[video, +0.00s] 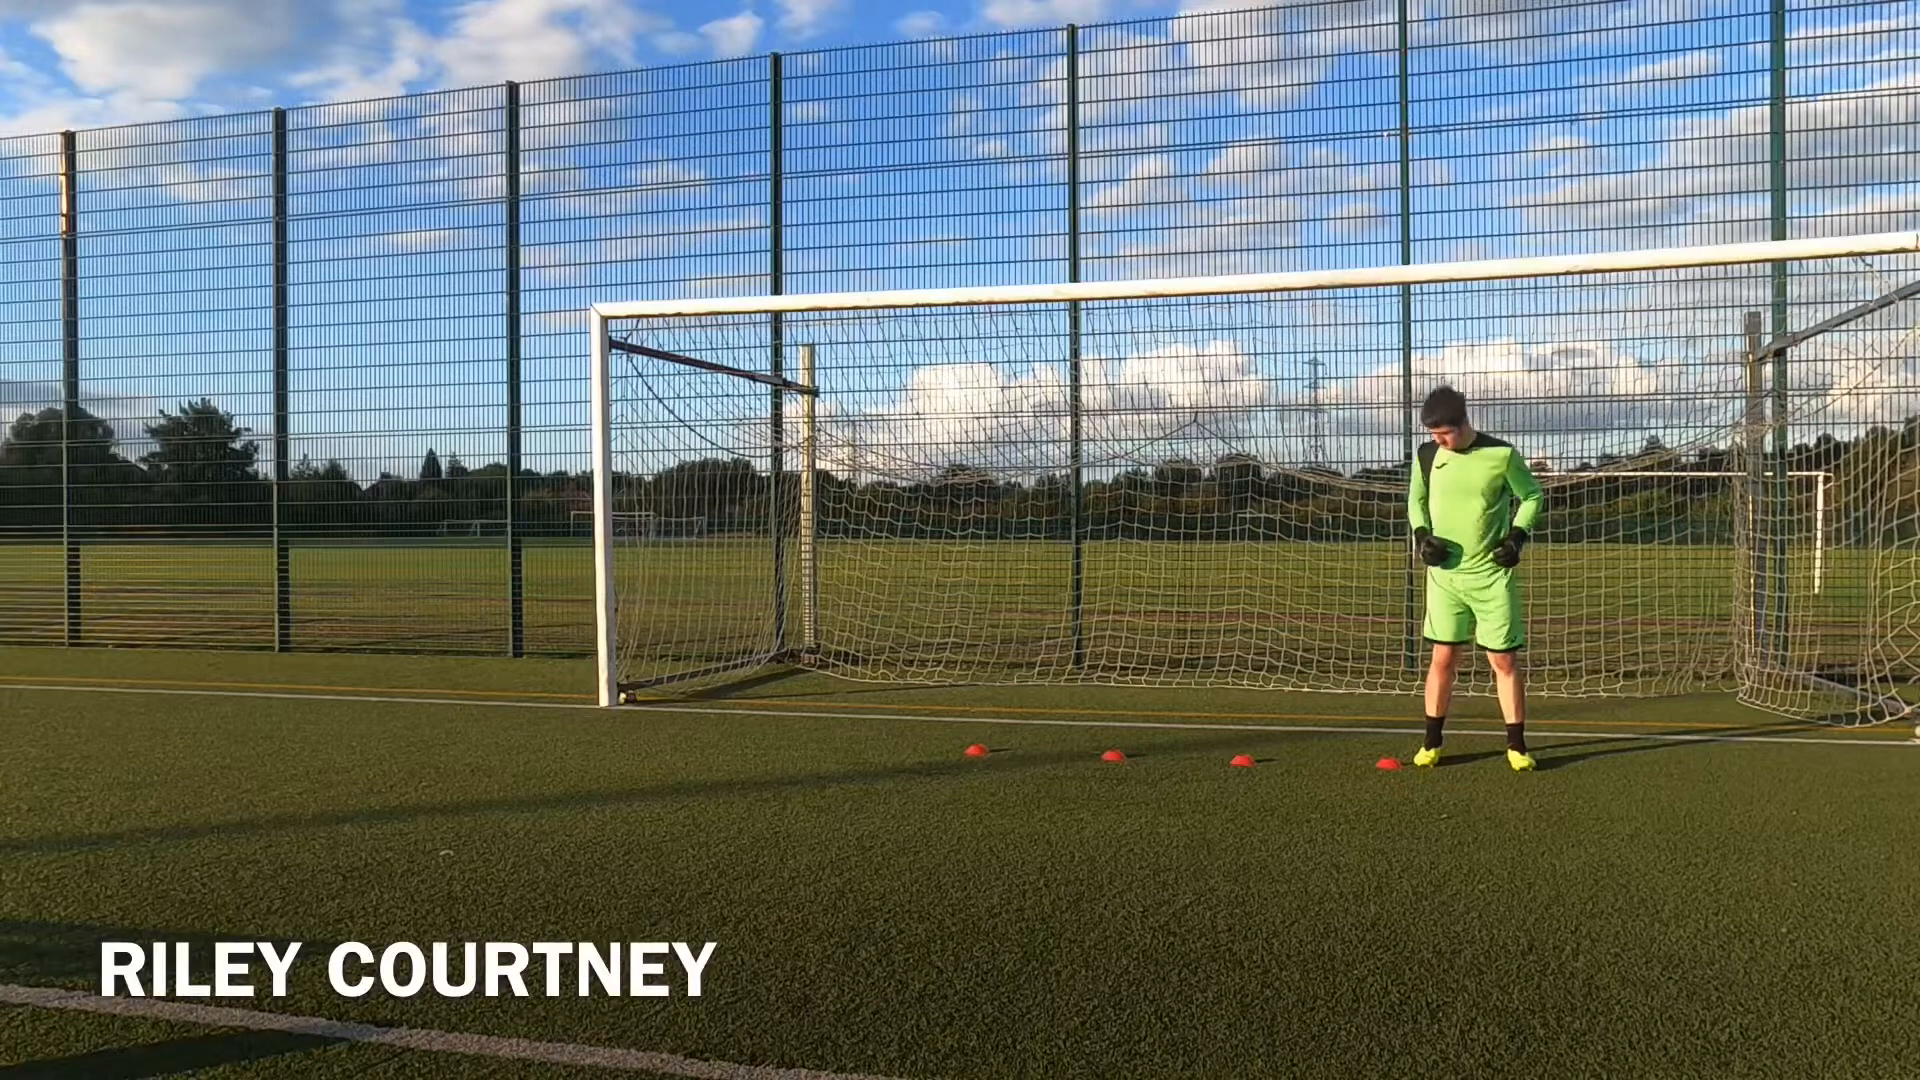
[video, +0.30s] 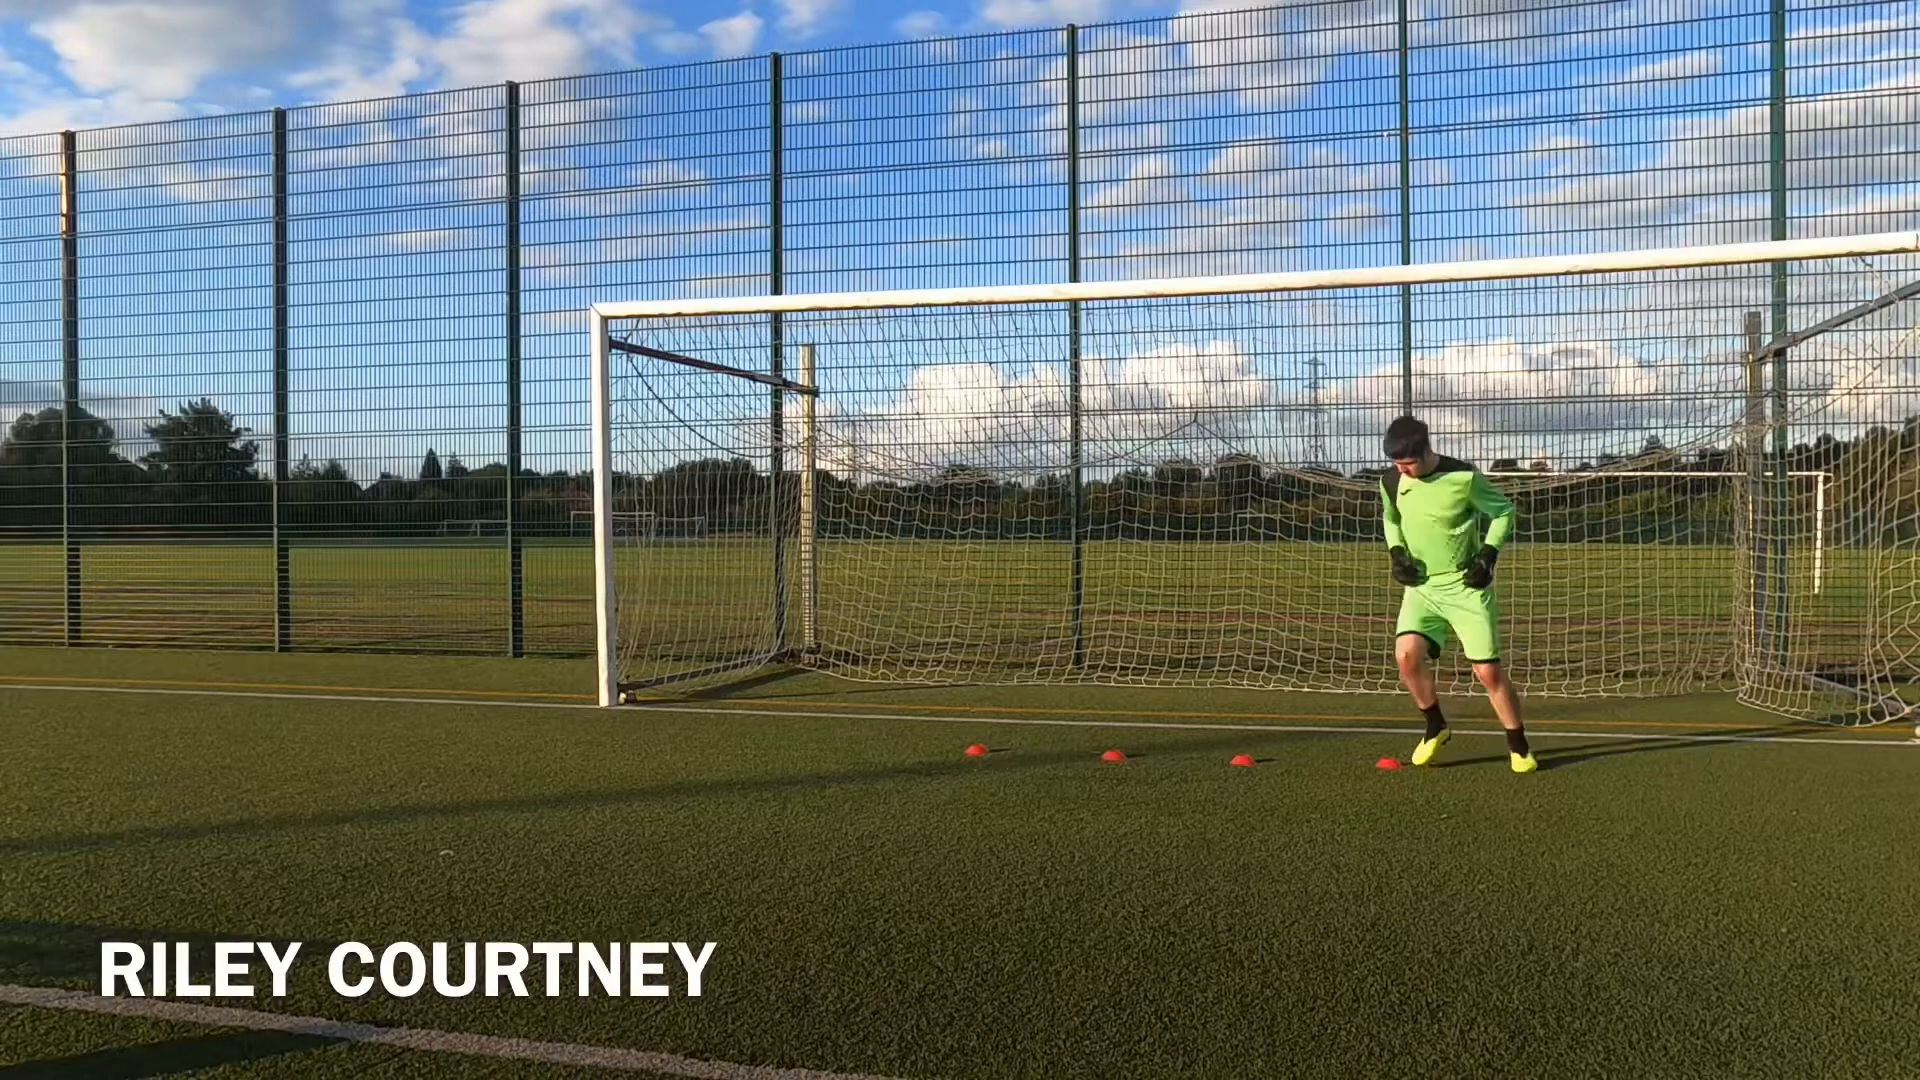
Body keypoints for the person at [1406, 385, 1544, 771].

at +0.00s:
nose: (1439, 439)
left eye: (1445, 431)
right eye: (1433, 432)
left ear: (1464, 422)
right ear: (1428, 428)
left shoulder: (1503, 456)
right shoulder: (1425, 458)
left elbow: (1533, 496)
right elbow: (1416, 502)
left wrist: (1516, 536)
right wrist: (1422, 535)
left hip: (1492, 577)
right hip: (1444, 577)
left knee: (1504, 662)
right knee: (1442, 658)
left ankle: (1516, 746)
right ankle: (1432, 743)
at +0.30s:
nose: (1401, 467)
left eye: (1408, 460)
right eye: (1396, 461)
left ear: (1427, 450)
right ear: (1392, 456)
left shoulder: (1464, 479)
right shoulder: (1392, 483)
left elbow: (1504, 512)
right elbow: (1391, 520)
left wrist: (1488, 554)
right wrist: (1397, 552)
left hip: (1466, 588)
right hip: (1419, 589)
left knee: (1488, 672)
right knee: (1407, 657)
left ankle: (1519, 746)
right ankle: (1436, 727)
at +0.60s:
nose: (1321, 466)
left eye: (1327, 459)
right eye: (1316, 459)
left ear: (1345, 448)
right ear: (1311, 455)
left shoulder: (1384, 476)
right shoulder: (1310, 479)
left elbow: (1429, 511)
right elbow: (1290, 515)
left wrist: (1423, 552)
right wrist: (1274, 546)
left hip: (1380, 573)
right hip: (1339, 576)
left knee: (1378, 649)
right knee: (1347, 649)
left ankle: (1382, 728)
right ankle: (1353, 742)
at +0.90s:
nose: (1206, 452)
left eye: (1210, 444)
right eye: (1202, 445)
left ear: (1231, 435)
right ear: (1204, 442)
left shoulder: (1274, 470)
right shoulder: (1213, 471)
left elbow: (1316, 500)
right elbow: (1209, 509)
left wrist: (1309, 546)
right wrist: (1199, 545)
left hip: (1273, 579)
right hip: (1235, 580)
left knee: (1264, 658)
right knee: (1235, 660)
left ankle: (1309, 700)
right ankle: (1253, 726)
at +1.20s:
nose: (1116, 450)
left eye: (1122, 442)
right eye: (1110, 444)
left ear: (1140, 441)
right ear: (1105, 447)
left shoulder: (1168, 486)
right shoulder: (1107, 485)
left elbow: (1201, 532)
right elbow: (1098, 526)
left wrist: (1183, 569)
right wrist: (1085, 549)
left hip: (1155, 588)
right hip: (1118, 585)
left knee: (1150, 658)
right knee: (1090, 645)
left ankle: (1187, 746)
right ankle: (1092, 732)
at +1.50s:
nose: (1030, 438)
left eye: (1036, 432)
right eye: (1024, 432)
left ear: (1050, 435)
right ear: (1017, 438)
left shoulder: (1075, 485)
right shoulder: (1007, 483)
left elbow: (1103, 532)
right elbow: (999, 524)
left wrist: (1086, 559)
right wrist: (997, 541)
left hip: (1057, 593)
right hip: (1016, 584)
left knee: (1051, 670)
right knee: (987, 645)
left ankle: (1086, 722)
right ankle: (995, 686)